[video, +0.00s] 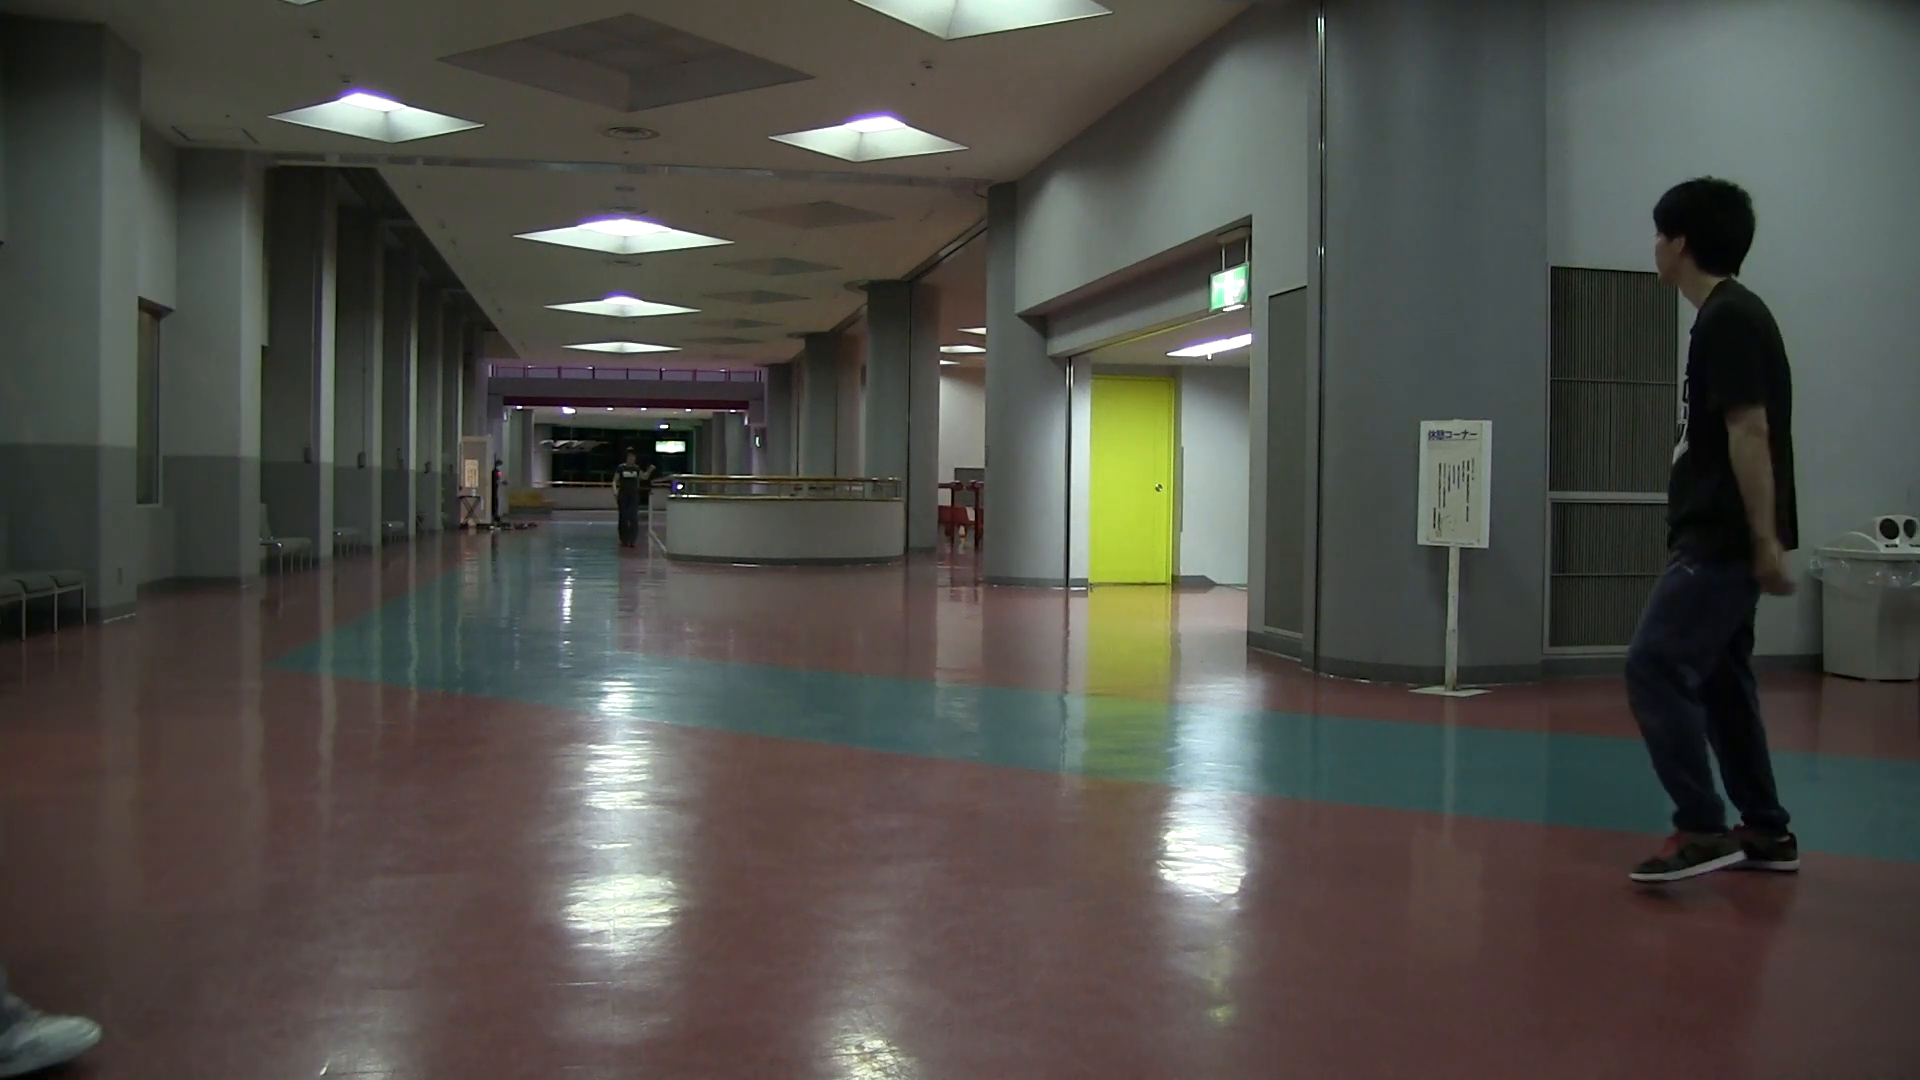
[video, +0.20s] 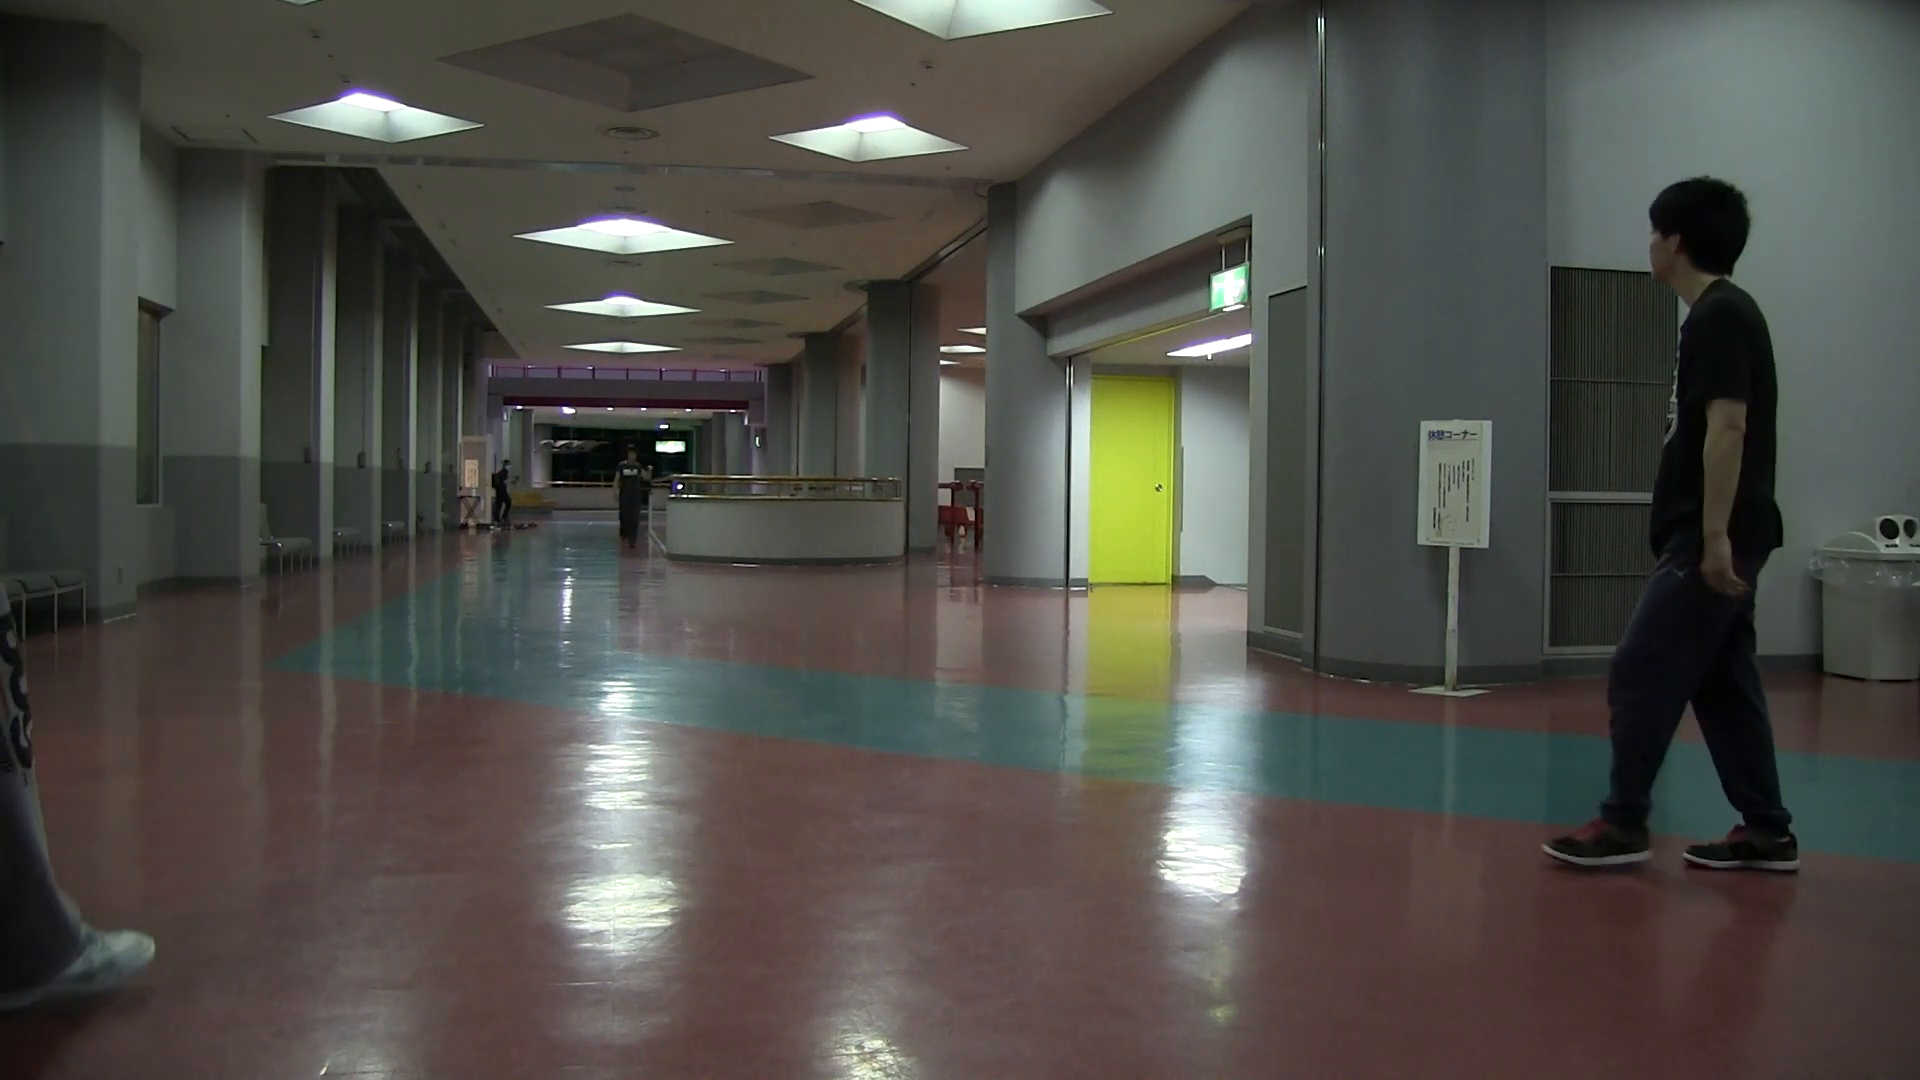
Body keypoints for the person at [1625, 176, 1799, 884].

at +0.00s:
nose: (1654, 251)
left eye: (1658, 238)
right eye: (1656, 237)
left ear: (1681, 245)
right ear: (1715, 247)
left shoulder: (1730, 320)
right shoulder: (1727, 316)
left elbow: (1749, 432)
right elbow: (1735, 434)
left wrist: (1766, 539)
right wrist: (1707, 533)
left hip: (1718, 542)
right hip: (1719, 538)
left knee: (1654, 671)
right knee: (1723, 680)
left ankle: (1702, 832)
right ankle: (1766, 832)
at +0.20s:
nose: (1649, 245)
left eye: (1654, 232)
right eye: (1653, 232)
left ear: (1676, 241)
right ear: (1708, 242)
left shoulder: (1721, 317)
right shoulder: (1717, 315)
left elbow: (1727, 429)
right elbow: (1717, 432)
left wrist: (1716, 536)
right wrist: (1697, 531)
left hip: (1710, 542)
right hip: (1715, 540)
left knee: (1639, 674)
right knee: (1726, 689)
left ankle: (1623, 824)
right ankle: (1766, 830)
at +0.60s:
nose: (1593, 241)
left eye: (1607, 229)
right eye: (1593, 227)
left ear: (1650, 241)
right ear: (1608, 236)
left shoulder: (1675, 321)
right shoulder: (1629, 320)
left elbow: (1686, 440)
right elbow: (1632, 430)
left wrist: (1656, 543)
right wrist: (1621, 527)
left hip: (1659, 538)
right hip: (1629, 534)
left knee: (1613, 686)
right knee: (1675, 682)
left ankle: (1568, 828)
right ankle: (1751, 813)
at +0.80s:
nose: (1576, 235)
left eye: (1591, 225)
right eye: (1575, 222)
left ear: (1631, 237)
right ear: (1576, 231)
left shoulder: (1652, 326)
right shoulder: (1575, 320)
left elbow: (1661, 448)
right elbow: (1560, 429)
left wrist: (1630, 552)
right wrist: (1544, 516)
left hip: (1620, 535)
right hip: (1570, 529)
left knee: (1594, 684)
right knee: (1575, 679)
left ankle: (1566, 827)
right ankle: (1688, 782)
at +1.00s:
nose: (1572, 229)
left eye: (1589, 219)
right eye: (1569, 217)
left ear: (1627, 232)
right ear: (1564, 225)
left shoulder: (1647, 324)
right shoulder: (1553, 313)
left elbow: (1649, 442)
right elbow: (1522, 415)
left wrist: (1612, 543)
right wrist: (1487, 497)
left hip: (1596, 530)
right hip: (1537, 520)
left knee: (1577, 678)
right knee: (1499, 659)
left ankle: (1568, 826)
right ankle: (1580, 778)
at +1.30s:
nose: (1584, 227)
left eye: (1602, 217)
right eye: (1575, 213)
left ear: (1631, 232)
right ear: (1561, 224)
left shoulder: (1646, 325)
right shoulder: (1530, 307)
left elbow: (1643, 442)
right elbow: (1496, 401)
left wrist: (1574, 516)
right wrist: (1481, 456)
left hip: (1588, 524)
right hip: (1512, 514)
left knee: (1577, 680)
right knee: (1489, 666)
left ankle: (1564, 824)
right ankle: (1494, 790)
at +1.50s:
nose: (1577, 228)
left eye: (1594, 217)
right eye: (1566, 215)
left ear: (1619, 232)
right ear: (1549, 227)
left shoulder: (1642, 322)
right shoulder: (1518, 313)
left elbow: (1640, 430)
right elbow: (1483, 407)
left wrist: (1566, 435)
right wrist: (1513, 432)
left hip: (1590, 531)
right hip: (1515, 523)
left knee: (1583, 683)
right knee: (1481, 673)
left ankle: (1564, 826)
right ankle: (1461, 821)